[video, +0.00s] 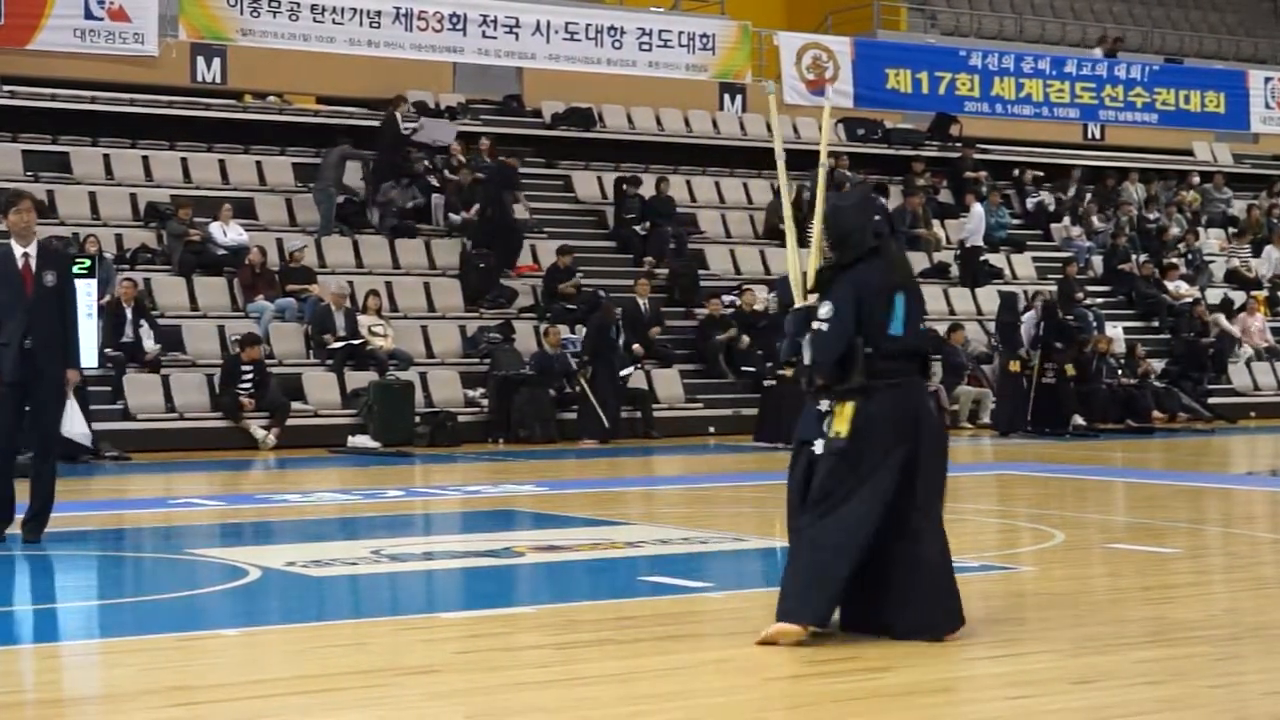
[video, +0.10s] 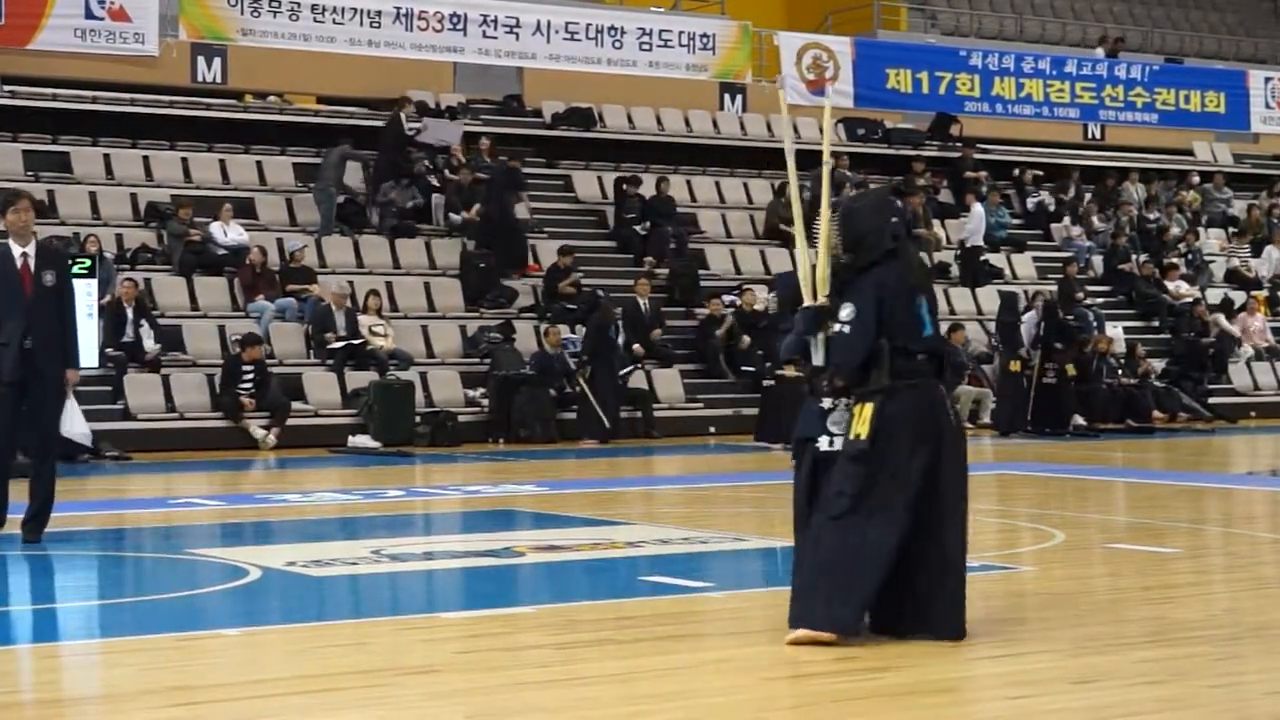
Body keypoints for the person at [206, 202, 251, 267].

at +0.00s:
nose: (229, 213)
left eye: (230, 210)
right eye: (226, 210)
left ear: (232, 212)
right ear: (220, 212)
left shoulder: (235, 226)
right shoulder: (214, 225)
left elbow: (246, 240)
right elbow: (221, 242)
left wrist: (229, 239)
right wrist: (241, 244)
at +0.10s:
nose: (230, 213)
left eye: (231, 211)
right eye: (227, 211)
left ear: (233, 212)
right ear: (220, 212)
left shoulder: (236, 226)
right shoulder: (214, 225)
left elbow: (246, 240)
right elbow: (221, 241)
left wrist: (229, 239)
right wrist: (242, 244)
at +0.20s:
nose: (230, 213)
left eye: (231, 211)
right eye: (227, 211)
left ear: (233, 212)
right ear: (220, 212)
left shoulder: (236, 226)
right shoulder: (214, 226)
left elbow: (246, 241)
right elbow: (221, 242)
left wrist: (229, 239)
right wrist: (242, 244)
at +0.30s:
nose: (229, 213)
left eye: (230, 210)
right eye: (226, 210)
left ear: (232, 212)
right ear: (219, 213)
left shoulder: (236, 226)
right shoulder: (214, 225)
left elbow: (246, 240)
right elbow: (221, 241)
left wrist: (229, 239)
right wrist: (241, 244)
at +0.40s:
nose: (229, 213)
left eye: (230, 210)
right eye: (226, 210)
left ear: (232, 212)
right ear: (219, 213)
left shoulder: (236, 226)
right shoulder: (214, 225)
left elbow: (246, 240)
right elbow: (221, 241)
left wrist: (229, 238)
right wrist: (241, 244)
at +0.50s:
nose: (229, 213)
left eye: (230, 210)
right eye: (226, 210)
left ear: (232, 212)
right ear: (219, 213)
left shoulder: (236, 226)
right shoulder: (214, 225)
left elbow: (246, 240)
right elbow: (221, 241)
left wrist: (229, 239)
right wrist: (241, 244)